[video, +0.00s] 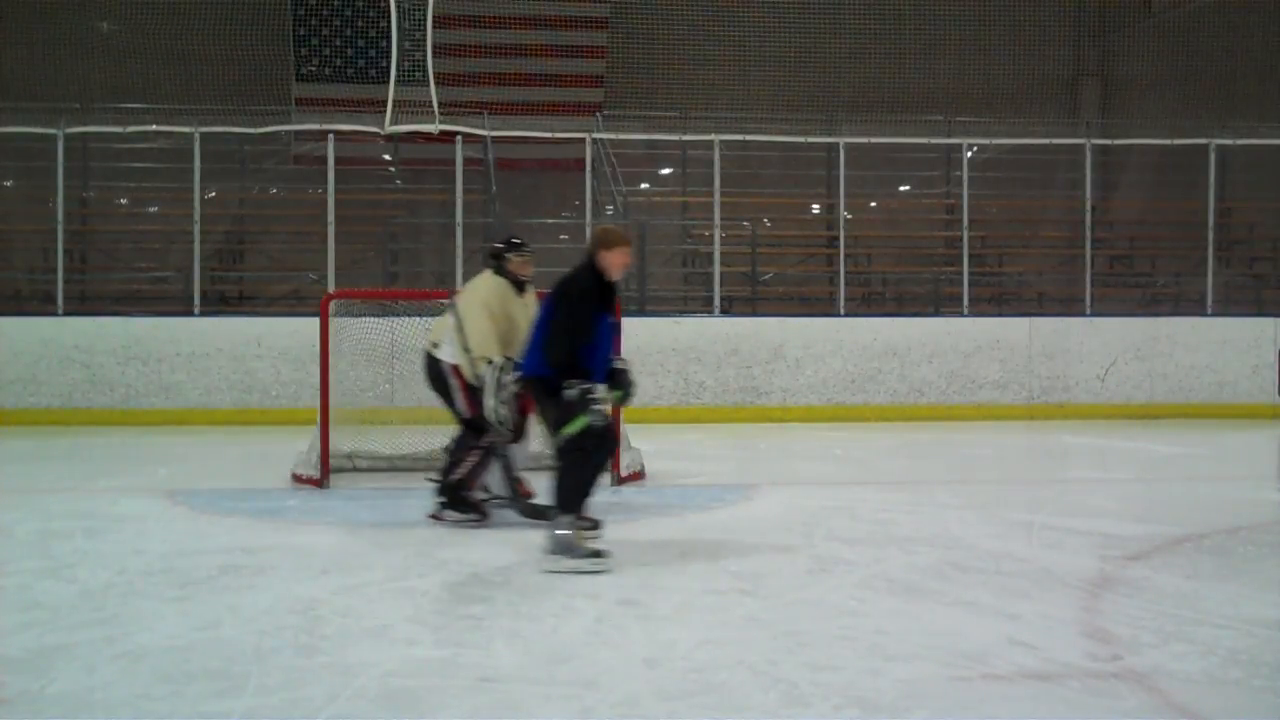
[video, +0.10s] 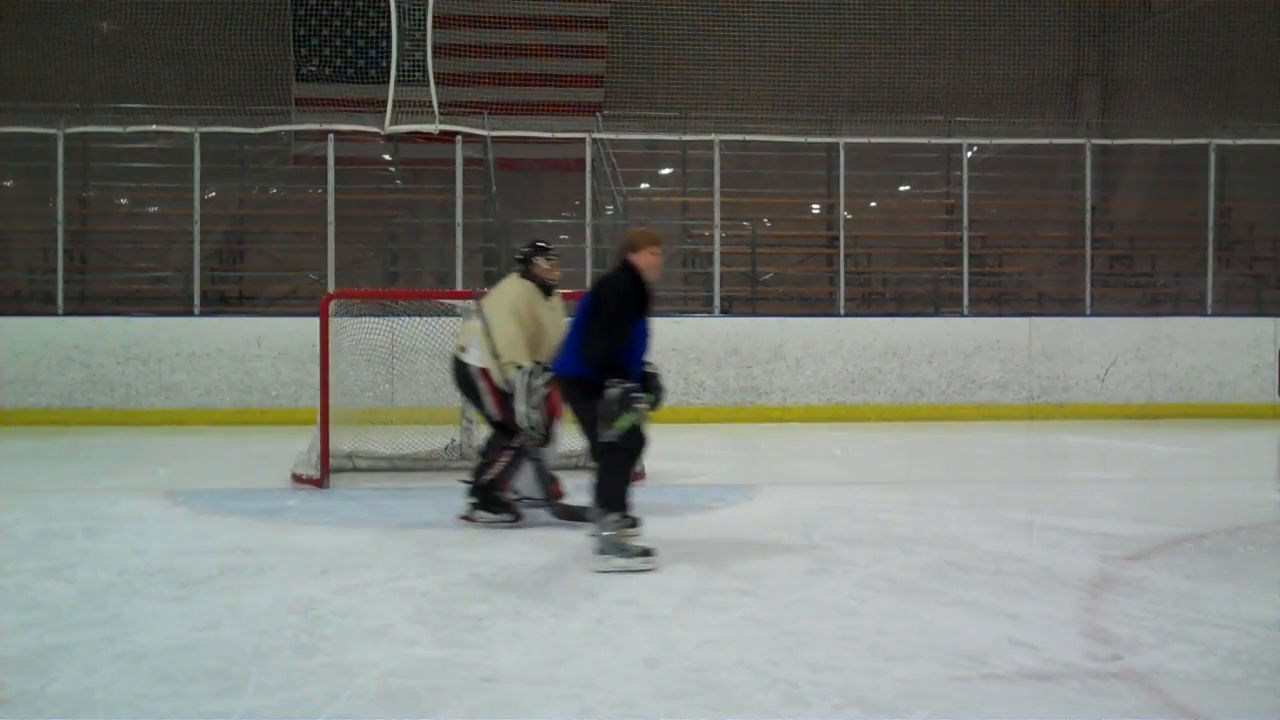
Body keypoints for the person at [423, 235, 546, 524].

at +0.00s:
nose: (527, 266)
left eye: (529, 260)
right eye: (519, 260)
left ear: (531, 263)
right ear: (502, 262)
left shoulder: (526, 295)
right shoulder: (482, 290)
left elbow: (531, 343)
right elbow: (484, 347)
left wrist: (528, 383)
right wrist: (498, 390)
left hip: (485, 365)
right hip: (448, 358)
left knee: (500, 424)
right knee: (479, 426)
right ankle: (453, 492)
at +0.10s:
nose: (556, 269)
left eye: (557, 263)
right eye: (549, 263)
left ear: (554, 267)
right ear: (531, 265)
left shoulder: (551, 298)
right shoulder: (512, 291)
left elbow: (556, 345)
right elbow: (510, 343)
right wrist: (529, 381)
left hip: (508, 367)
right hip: (476, 362)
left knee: (524, 427)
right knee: (511, 427)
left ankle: (494, 487)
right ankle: (486, 490)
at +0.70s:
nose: (714, 262)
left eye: (716, 256)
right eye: (707, 256)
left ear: (718, 261)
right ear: (690, 260)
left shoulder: (709, 294)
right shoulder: (669, 285)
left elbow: (708, 340)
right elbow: (663, 334)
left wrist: (716, 373)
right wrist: (668, 375)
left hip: (677, 360)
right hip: (635, 352)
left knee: (708, 412)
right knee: (632, 420)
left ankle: (707, 482)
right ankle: (589, 484)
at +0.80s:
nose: (734, 263)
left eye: (735, 257)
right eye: (727, 257)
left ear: (732, 262)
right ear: (710, 260)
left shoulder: (728, 296)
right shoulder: (687, 285)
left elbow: (727, 342)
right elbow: (677, 337)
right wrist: (681, 383)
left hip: (696, 363)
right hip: (649, 357)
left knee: (720, 419)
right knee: (640, 423)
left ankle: (722, 488)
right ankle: (607, 488)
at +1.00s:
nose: (742, 268)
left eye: (747, 263)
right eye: (736, 262)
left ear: (752, 266)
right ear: (721, 263)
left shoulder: (752, 294)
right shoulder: (699, 288)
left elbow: (755, 339)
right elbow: (684, 336)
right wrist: (691, 381)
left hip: (713, 368)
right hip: (663, 361)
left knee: (734, 416)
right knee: (658, 419)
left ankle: (729, 491)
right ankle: (622, 484)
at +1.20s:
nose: (729, 274)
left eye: (735, 268)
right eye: (723, 268)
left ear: (743, 271)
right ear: (711, 269)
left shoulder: (752, 296)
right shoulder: (691, 293)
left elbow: (764, 339)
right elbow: (674, 338)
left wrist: (764, 385)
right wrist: (675, 388)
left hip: (721, 368)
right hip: (671, 365)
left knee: (735, 431)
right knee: (651, 428)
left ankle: (743, 492)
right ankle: (626, 487)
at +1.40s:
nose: (683, 273)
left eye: (689, 267)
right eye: (677, 267)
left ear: (701, 270)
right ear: (669, 269)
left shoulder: (715, 297)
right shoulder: (650, 298)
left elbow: (732, 339)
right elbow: (633, 340)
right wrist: (623, 375)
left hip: (701, 374)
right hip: (659, 374)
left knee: (707, 431)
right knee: (635, 422)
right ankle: (629, 483)